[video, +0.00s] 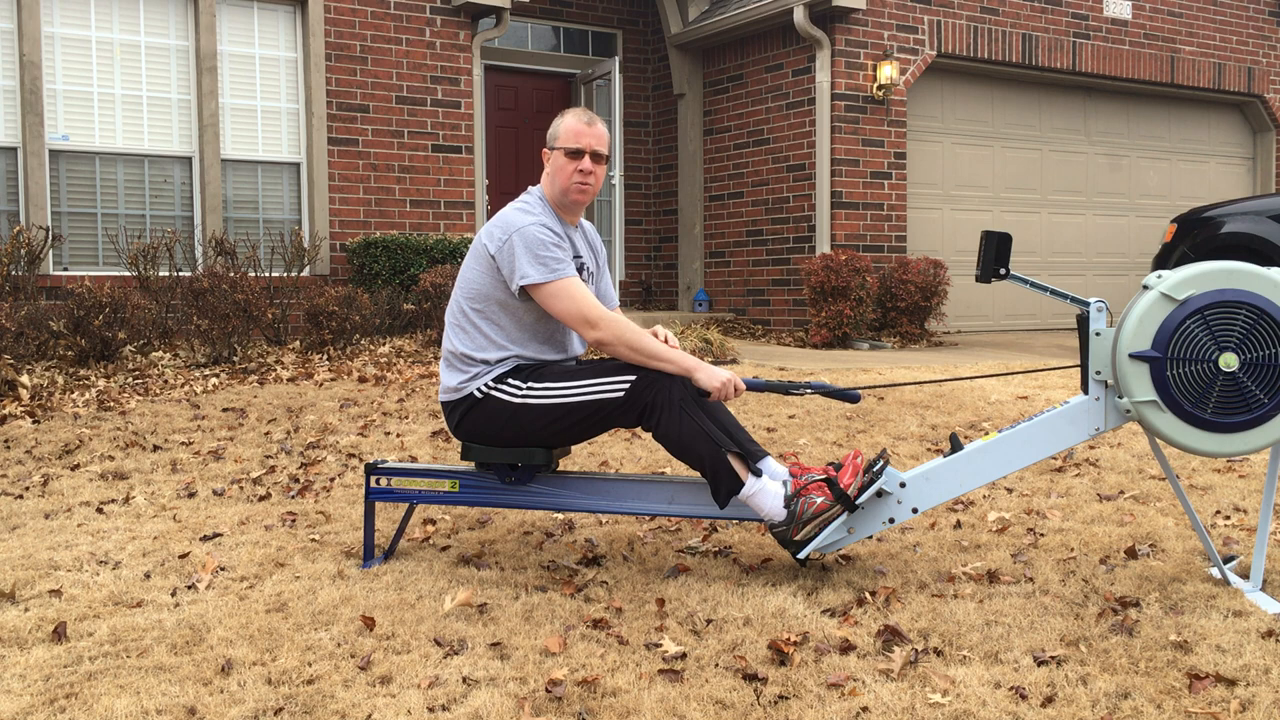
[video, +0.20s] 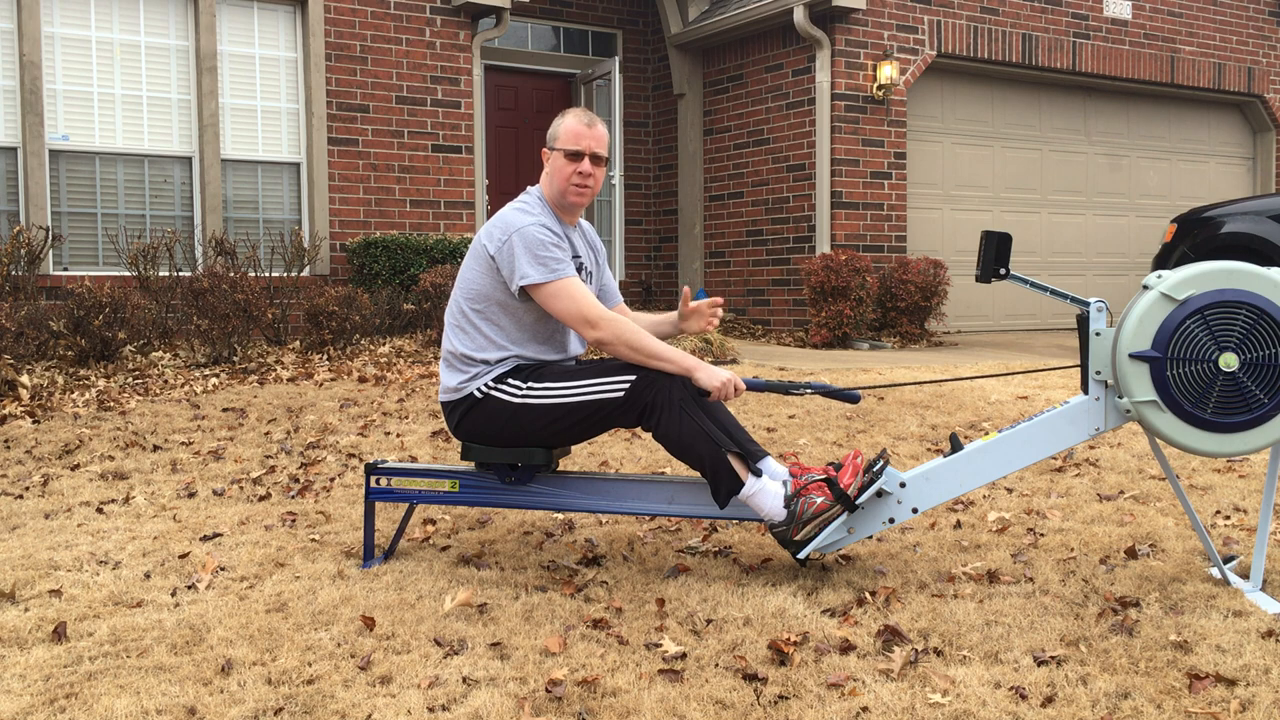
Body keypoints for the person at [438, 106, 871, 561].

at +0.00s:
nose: (586, 167)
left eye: (598, 158)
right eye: (573, 154)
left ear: (607, 169)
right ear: (545, 158)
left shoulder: (586, 239)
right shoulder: (523, 226)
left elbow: (608, 328)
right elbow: (594, 326)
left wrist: (674, 356)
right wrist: (699, 369)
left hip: (540, 376)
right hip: (487, 391)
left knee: (675, 378)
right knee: (652, 386)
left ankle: (788, 485)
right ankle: (777, 510)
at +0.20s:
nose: (585, 170)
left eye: (597, 161)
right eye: (573, 156)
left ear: (606, 170)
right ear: (545, 158)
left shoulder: (583, 236)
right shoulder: (523, 226)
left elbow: (614, 322)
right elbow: (594, 327)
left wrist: (676, 323)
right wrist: (697, 369)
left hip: (540, 376)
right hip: (487, 391)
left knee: (675, 377)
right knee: (651, 386)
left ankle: (787, 484)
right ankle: (777, 510)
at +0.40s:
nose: (588, 172)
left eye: (600, 162)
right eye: (576, 157)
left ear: (608, 172)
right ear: (547, 159)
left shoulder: (586, 238)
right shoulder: (524, 226)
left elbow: (620, 329)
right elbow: (596, 329)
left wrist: (662, 273)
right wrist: (698, 369)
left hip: (540, 376)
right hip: (488, 391)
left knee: (674, 376)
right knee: (652, 387)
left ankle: (787, 486)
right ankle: (776, 510)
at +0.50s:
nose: (589, 172)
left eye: (600, 163)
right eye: (577, 158)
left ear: (608, 172)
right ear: (548, 159)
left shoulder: (589, 238)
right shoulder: (524, 226)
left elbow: (621, 333)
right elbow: (595, 327)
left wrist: (649, 271)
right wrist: (697, 368)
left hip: (541, 377)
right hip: (488, 391)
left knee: (676, 378)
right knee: (652, 387)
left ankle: (788, 485)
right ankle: (777, 509)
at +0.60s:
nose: (589, 172)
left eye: (601, 163)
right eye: (577, 157)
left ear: (609, 172)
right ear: (548, 158)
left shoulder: (587, 238)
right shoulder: (524, 226)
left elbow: (625, 335)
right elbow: (595, 328)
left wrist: (639, 277)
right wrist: (698, 369)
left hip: (539, 377)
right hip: (488, 390)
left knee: (674, 378)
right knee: (652, 387)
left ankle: (788, 485)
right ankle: (777, 510)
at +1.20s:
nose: (594, 173)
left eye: (605, 164)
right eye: (581, 157)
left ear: (610, 174)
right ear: (551, 158)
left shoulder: (586, 236)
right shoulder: (525, 226)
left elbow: (629, 336)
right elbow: (594, 328)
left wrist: (635, 288)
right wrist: (698, 369)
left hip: (538, 376)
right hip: (487, 389)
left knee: (673, 377)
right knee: (651, 387)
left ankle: (786, 484)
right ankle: (776, 510)